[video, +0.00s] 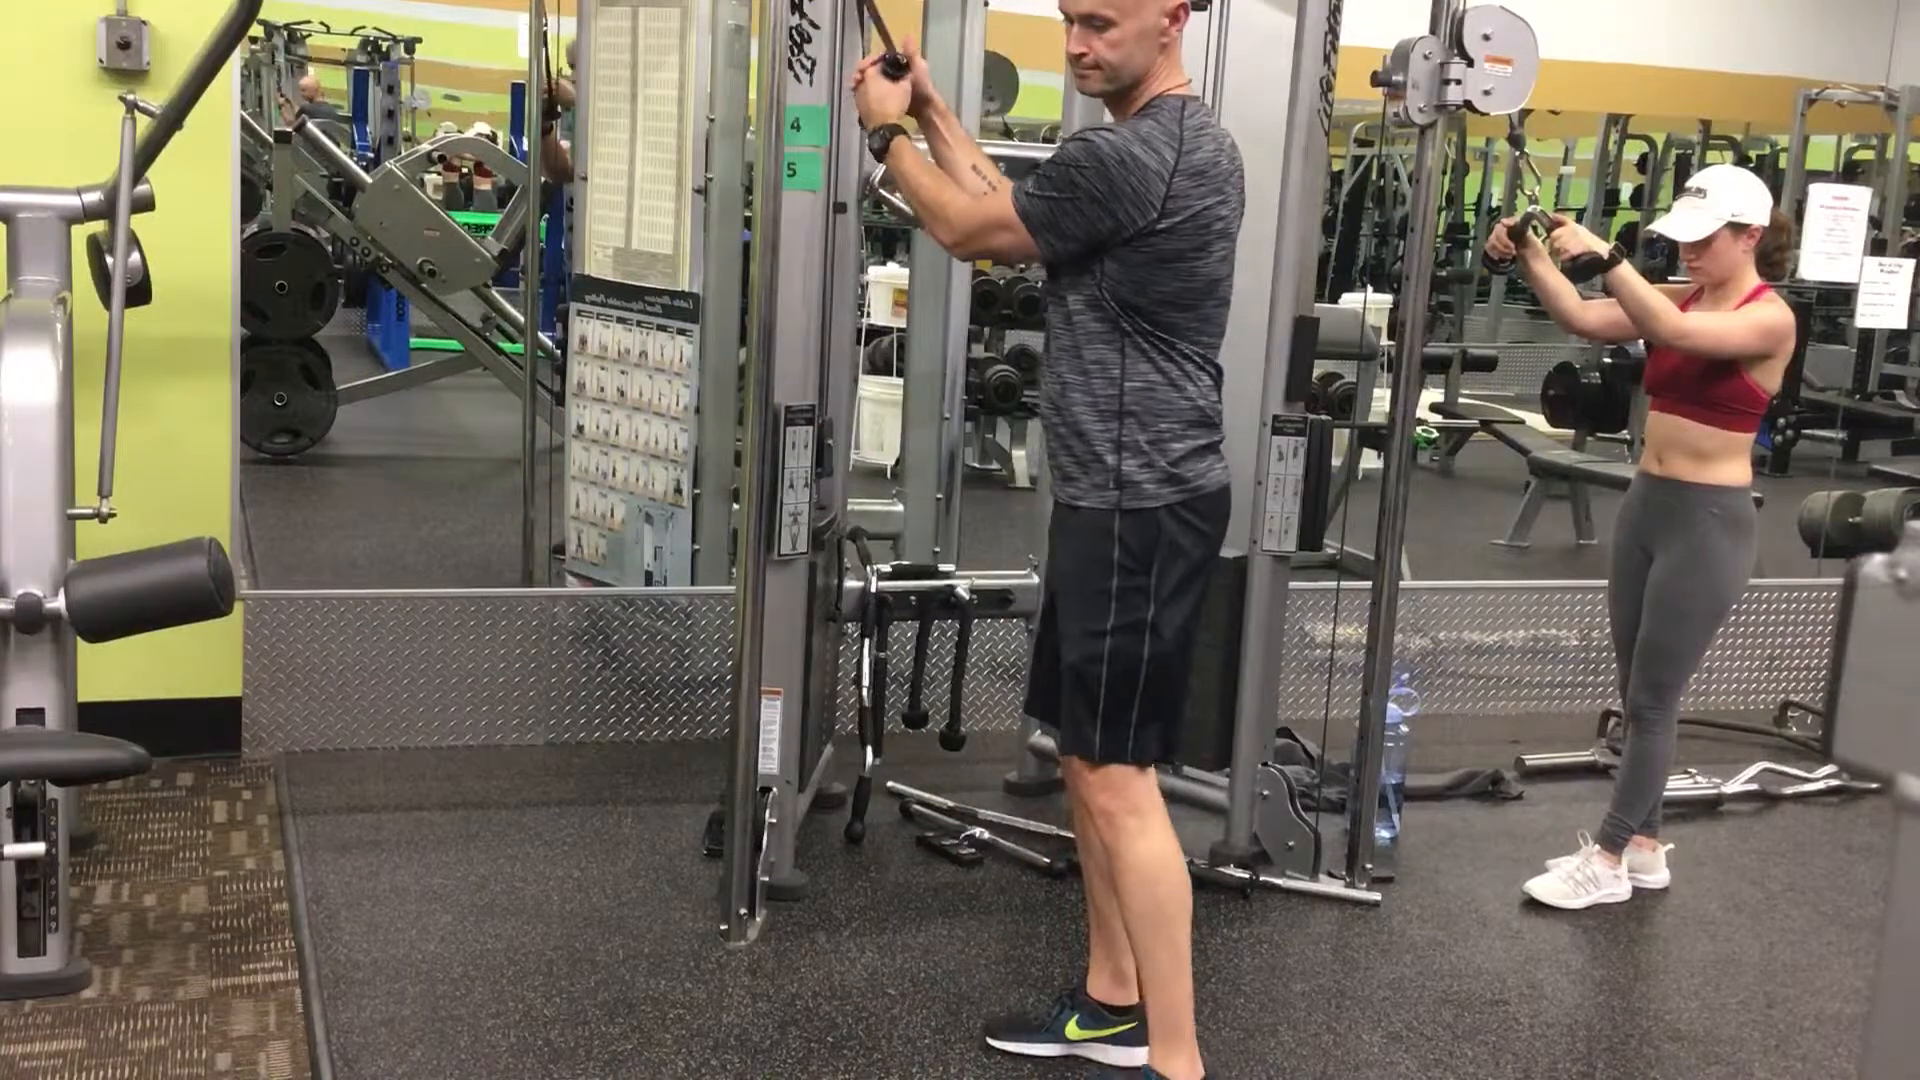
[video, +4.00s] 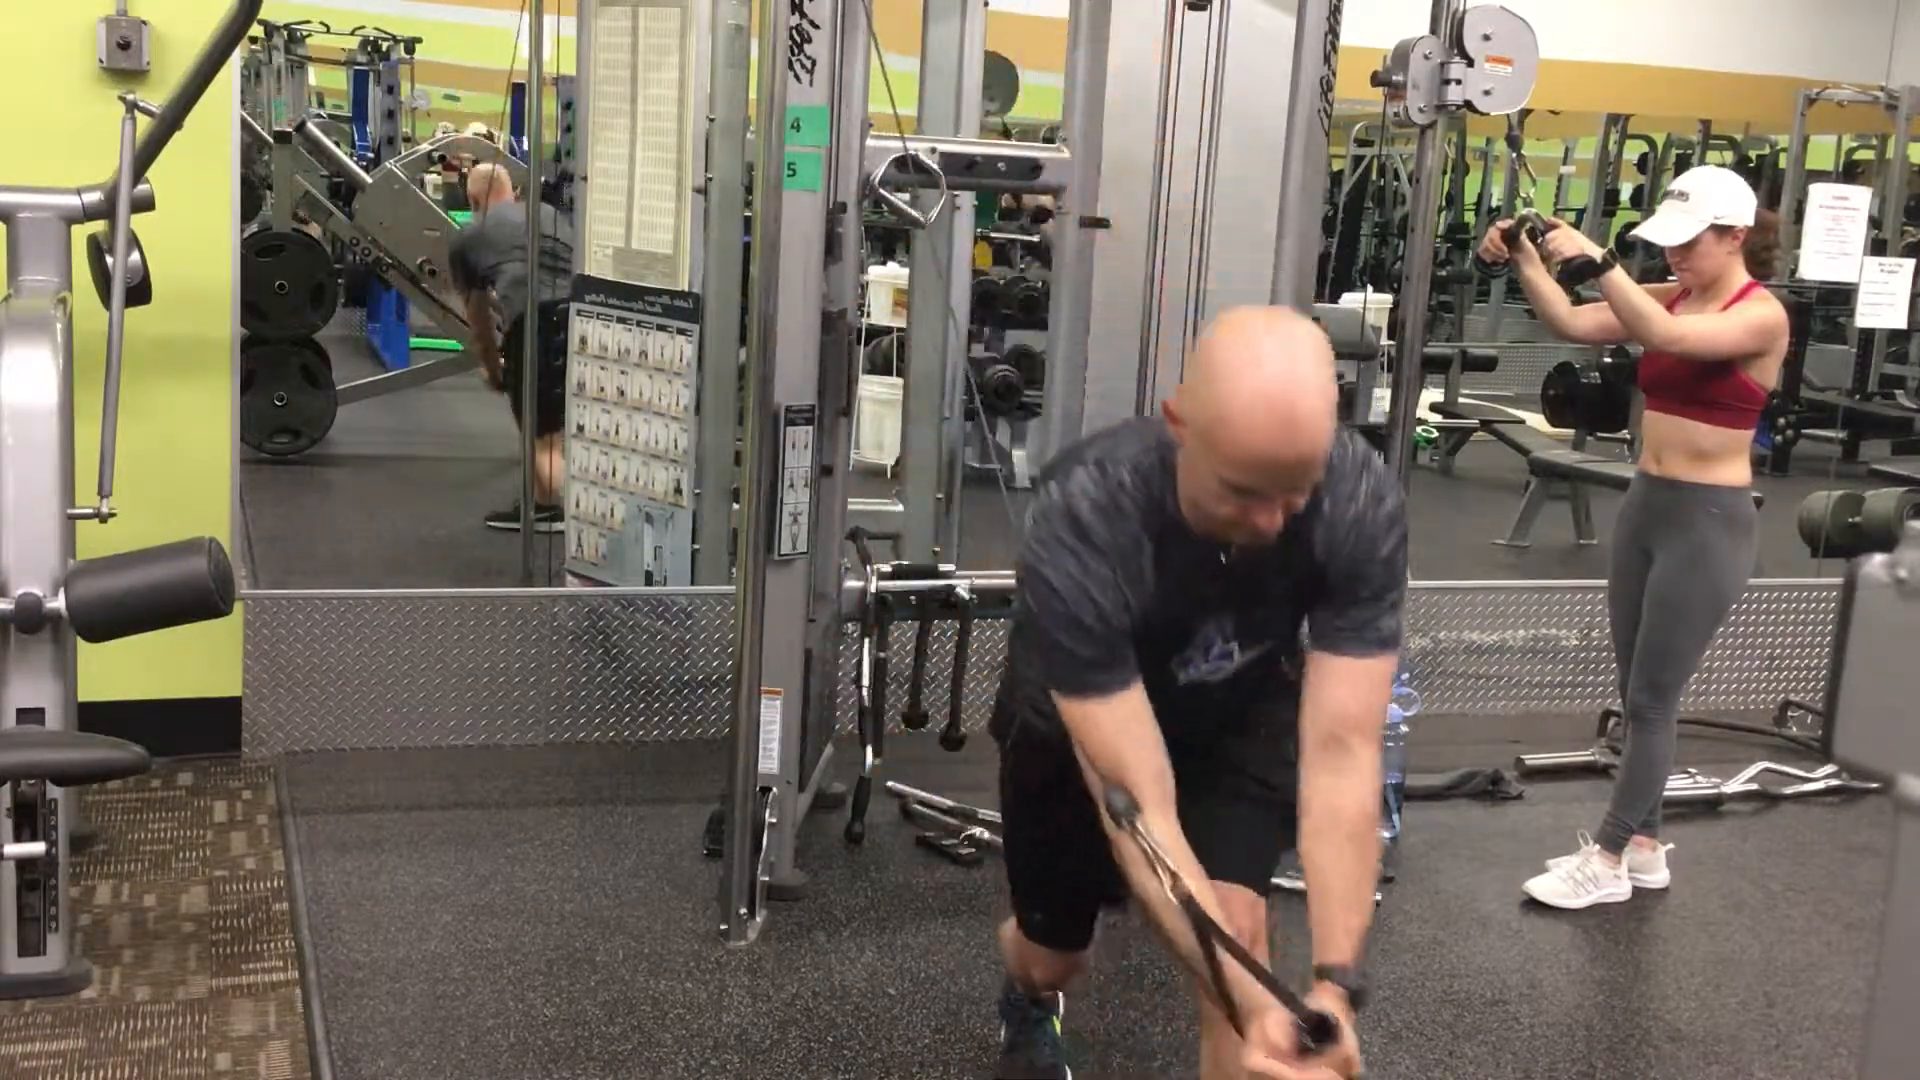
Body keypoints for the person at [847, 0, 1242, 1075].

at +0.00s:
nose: (1077, 43)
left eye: (1100, 24)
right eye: (1071, 24)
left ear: (1172, 22)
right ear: (1077, 24)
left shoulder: (1143, 152)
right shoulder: (1174, 139)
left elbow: (965, 229)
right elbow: (1017, 221)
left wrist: (887, 130)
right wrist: (938, 116)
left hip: (1136, 504)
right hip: (1120, 496)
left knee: (1121, 783)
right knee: (1091, 763)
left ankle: (1178, 1059)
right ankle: (1112, 1004)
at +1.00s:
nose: (1040, 84)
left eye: (1055, 57)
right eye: (1034, 61)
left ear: (1140, 37)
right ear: (1141, 41)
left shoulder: (1130, 163)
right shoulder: (1235, 136)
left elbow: (996, 189)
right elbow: (1060, 174)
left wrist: (934, 85)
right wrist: (976, 74)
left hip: (1233, 537)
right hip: (1177, 531)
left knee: (1185, 855)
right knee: (1107, 802)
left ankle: (1263, 1069)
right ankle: (1093, 1048)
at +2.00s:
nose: (1093, 98)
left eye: (1116, 75)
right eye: (1087, 72)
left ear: (1208, 59)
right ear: (1207, 62)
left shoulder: (1174, 202)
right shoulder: (1283, 166)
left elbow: (1040, 238)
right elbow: (1099, 226)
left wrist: (962, 146)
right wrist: (1006, 131)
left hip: (1275, 588)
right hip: (1200, 574)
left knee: (1198, 911)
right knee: (1125, 826)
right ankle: (1123, 1050)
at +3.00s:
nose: (1049, 155)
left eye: (1076, 128)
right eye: (1036, 125)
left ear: (1160, 98)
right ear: (1024, 99)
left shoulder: (1177, 259)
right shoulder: (1109, 205)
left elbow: (966, 404)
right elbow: (974, 344)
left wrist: (805, 367)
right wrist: (811, 340)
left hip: (1242, 603)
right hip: (1151, 587)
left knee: (1158, 929)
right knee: (1102, 833)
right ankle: (1131, 1054)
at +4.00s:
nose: (1270, 521)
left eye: (1296, 493)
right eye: (1241, 493)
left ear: (1325, 441)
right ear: (1176, 424)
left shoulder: (1359, 507)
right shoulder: (1082, 517)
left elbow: (1345, 753)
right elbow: (1134, 804)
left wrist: (1335, 982)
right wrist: (1255, 1006)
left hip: (1238, 718)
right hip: (1079, 716)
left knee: (1236, 950)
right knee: (1053, 959)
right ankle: (1031, 1006)